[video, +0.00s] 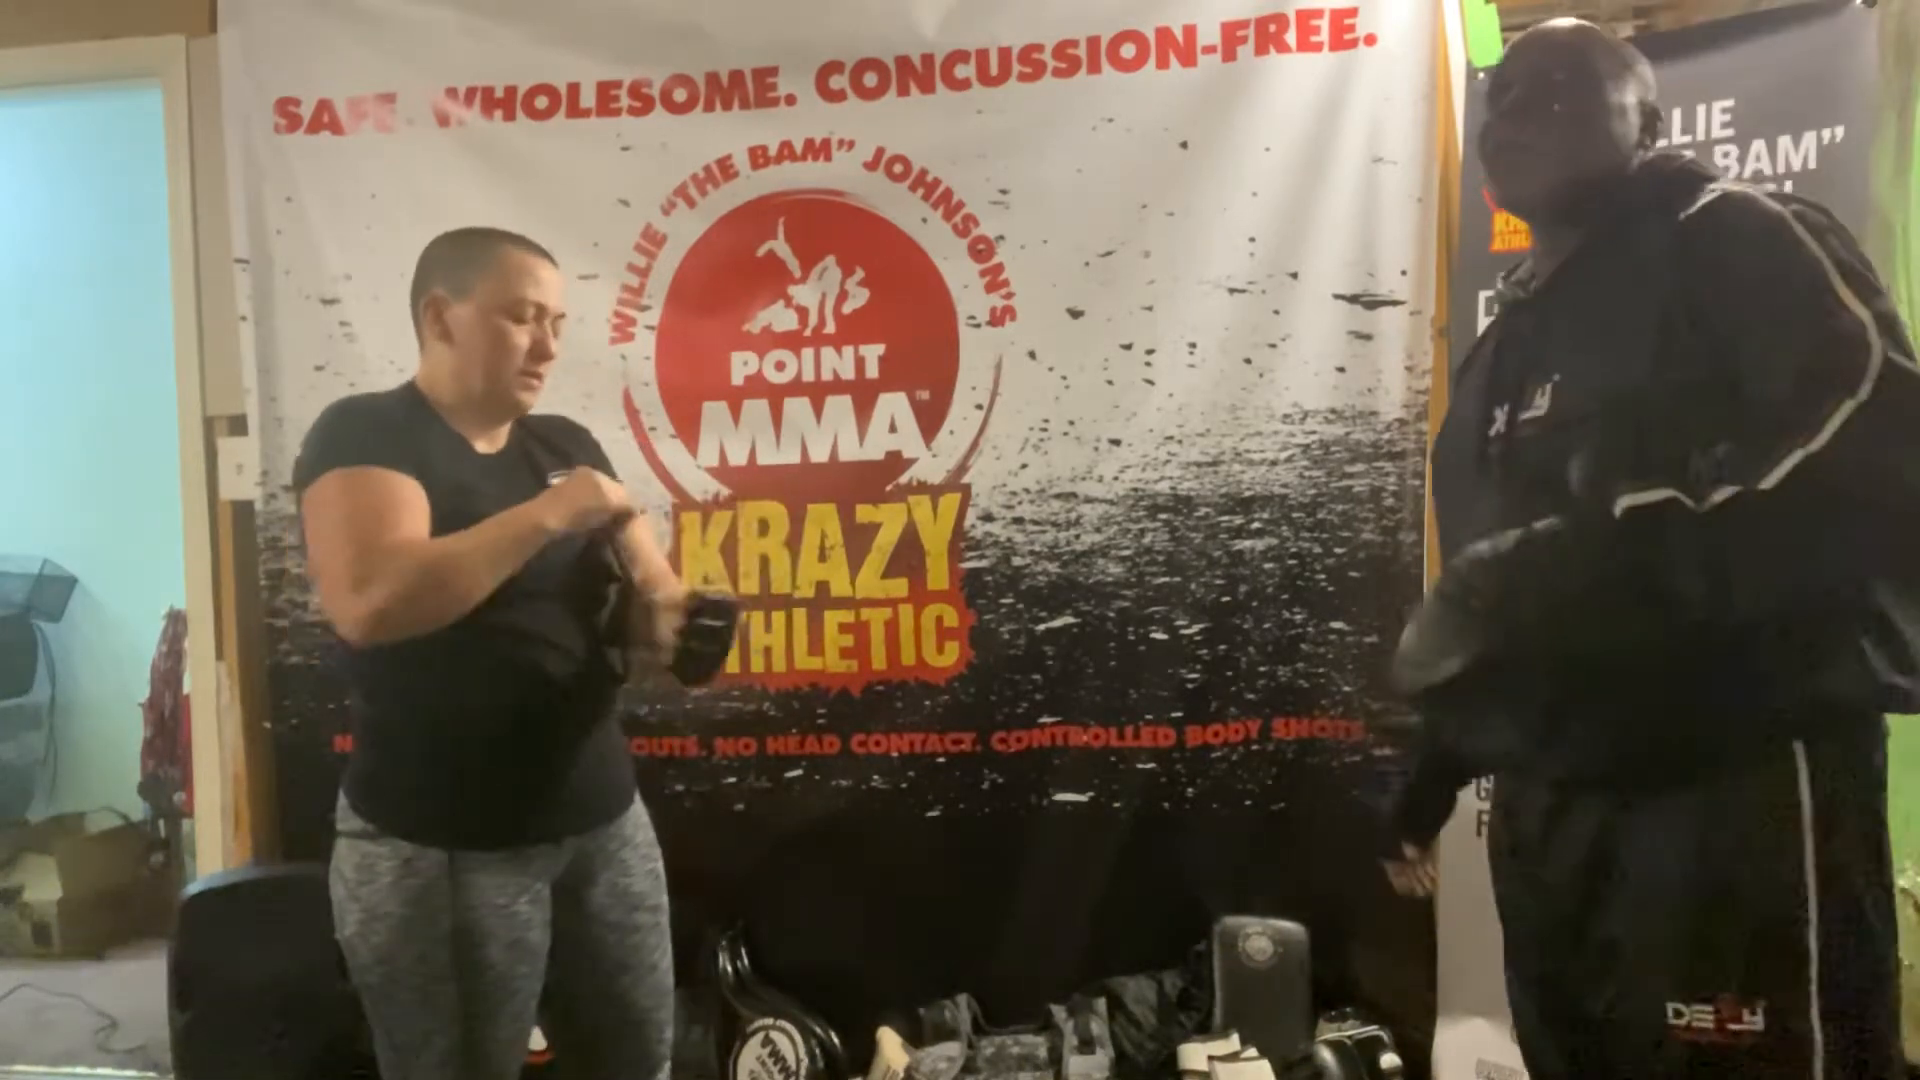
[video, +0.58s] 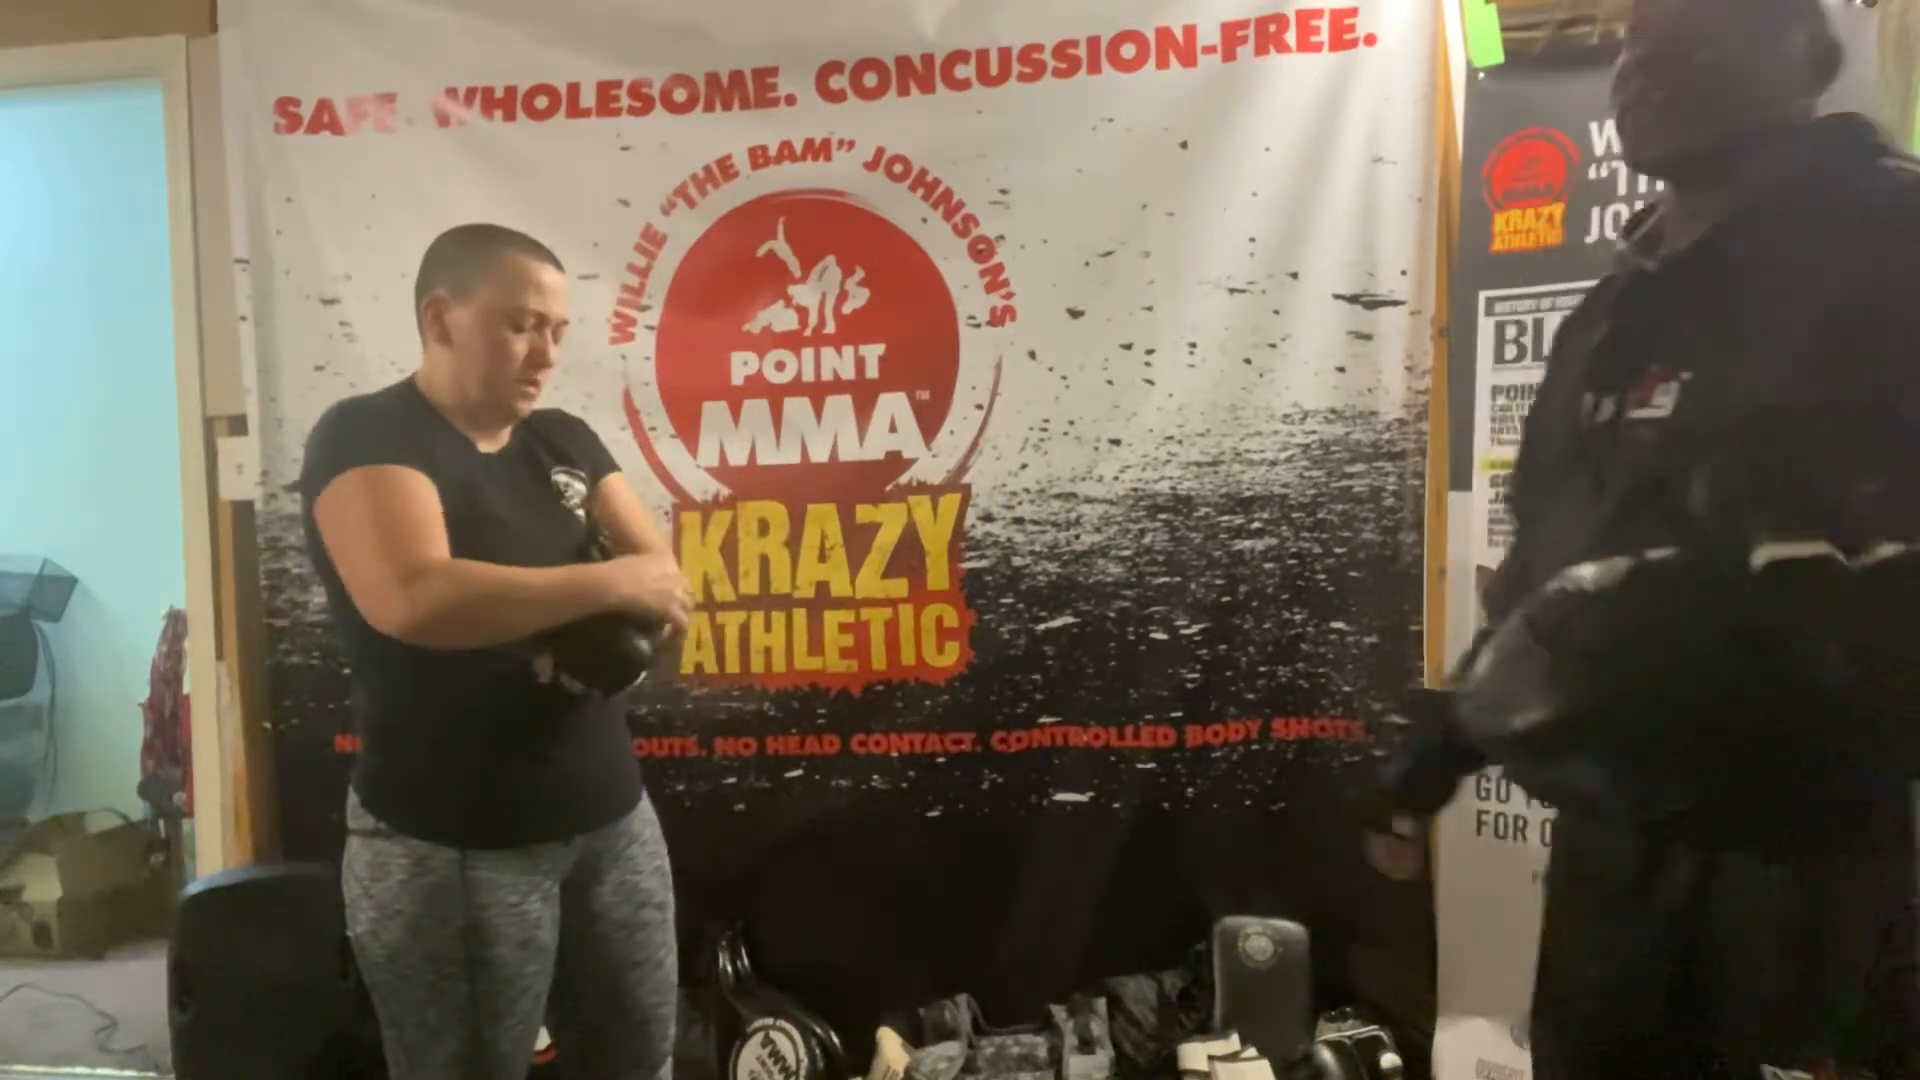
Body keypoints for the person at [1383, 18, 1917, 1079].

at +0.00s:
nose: (1496, 119)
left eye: (1532, 92)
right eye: (1488, 103)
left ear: (1631, 115)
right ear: (1479, 151)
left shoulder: (1734, 233)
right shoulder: (1494, 351)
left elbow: (1887, 432)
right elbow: (1487, 602)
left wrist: (1628, 568)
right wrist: (1418, 789)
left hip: (1750, 773)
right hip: (1559, 793)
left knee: (1769, 1056)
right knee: (1575, 1054)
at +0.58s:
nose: (1629, 69)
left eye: (1676, 35)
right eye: (1622, 47)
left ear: (1805, 51)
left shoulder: (1884, 227)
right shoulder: (1613, 300)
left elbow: (1894, 572)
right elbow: (1543, 564)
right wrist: (1447, 732)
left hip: (1823, 842)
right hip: (1617, 839)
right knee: (1592, 1058)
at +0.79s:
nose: (1643, 40)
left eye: (1681, 9)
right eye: (1645, 19)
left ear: (1822, 24)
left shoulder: (1892, 196)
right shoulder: (1643, 305)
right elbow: (1615, 591)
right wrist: (1516, 753)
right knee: (1590, 1057)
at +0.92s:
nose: (1652, 40)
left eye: (1698, 7)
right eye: (1663, 16)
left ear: (1837, 25)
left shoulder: (1897, 215)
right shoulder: (1671, 290)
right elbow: (1623, 557)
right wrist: (1565, 775)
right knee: (1606, 1059)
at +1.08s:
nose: (1661, 38)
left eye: (1705, 8)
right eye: (1666, 17)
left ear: (1841, 24)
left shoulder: (1893, 226)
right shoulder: (1696, 281)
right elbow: (1626, 555)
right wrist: (1583, 794)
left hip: (1859, 860)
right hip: (1687, 851)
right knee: (1668, 1053)